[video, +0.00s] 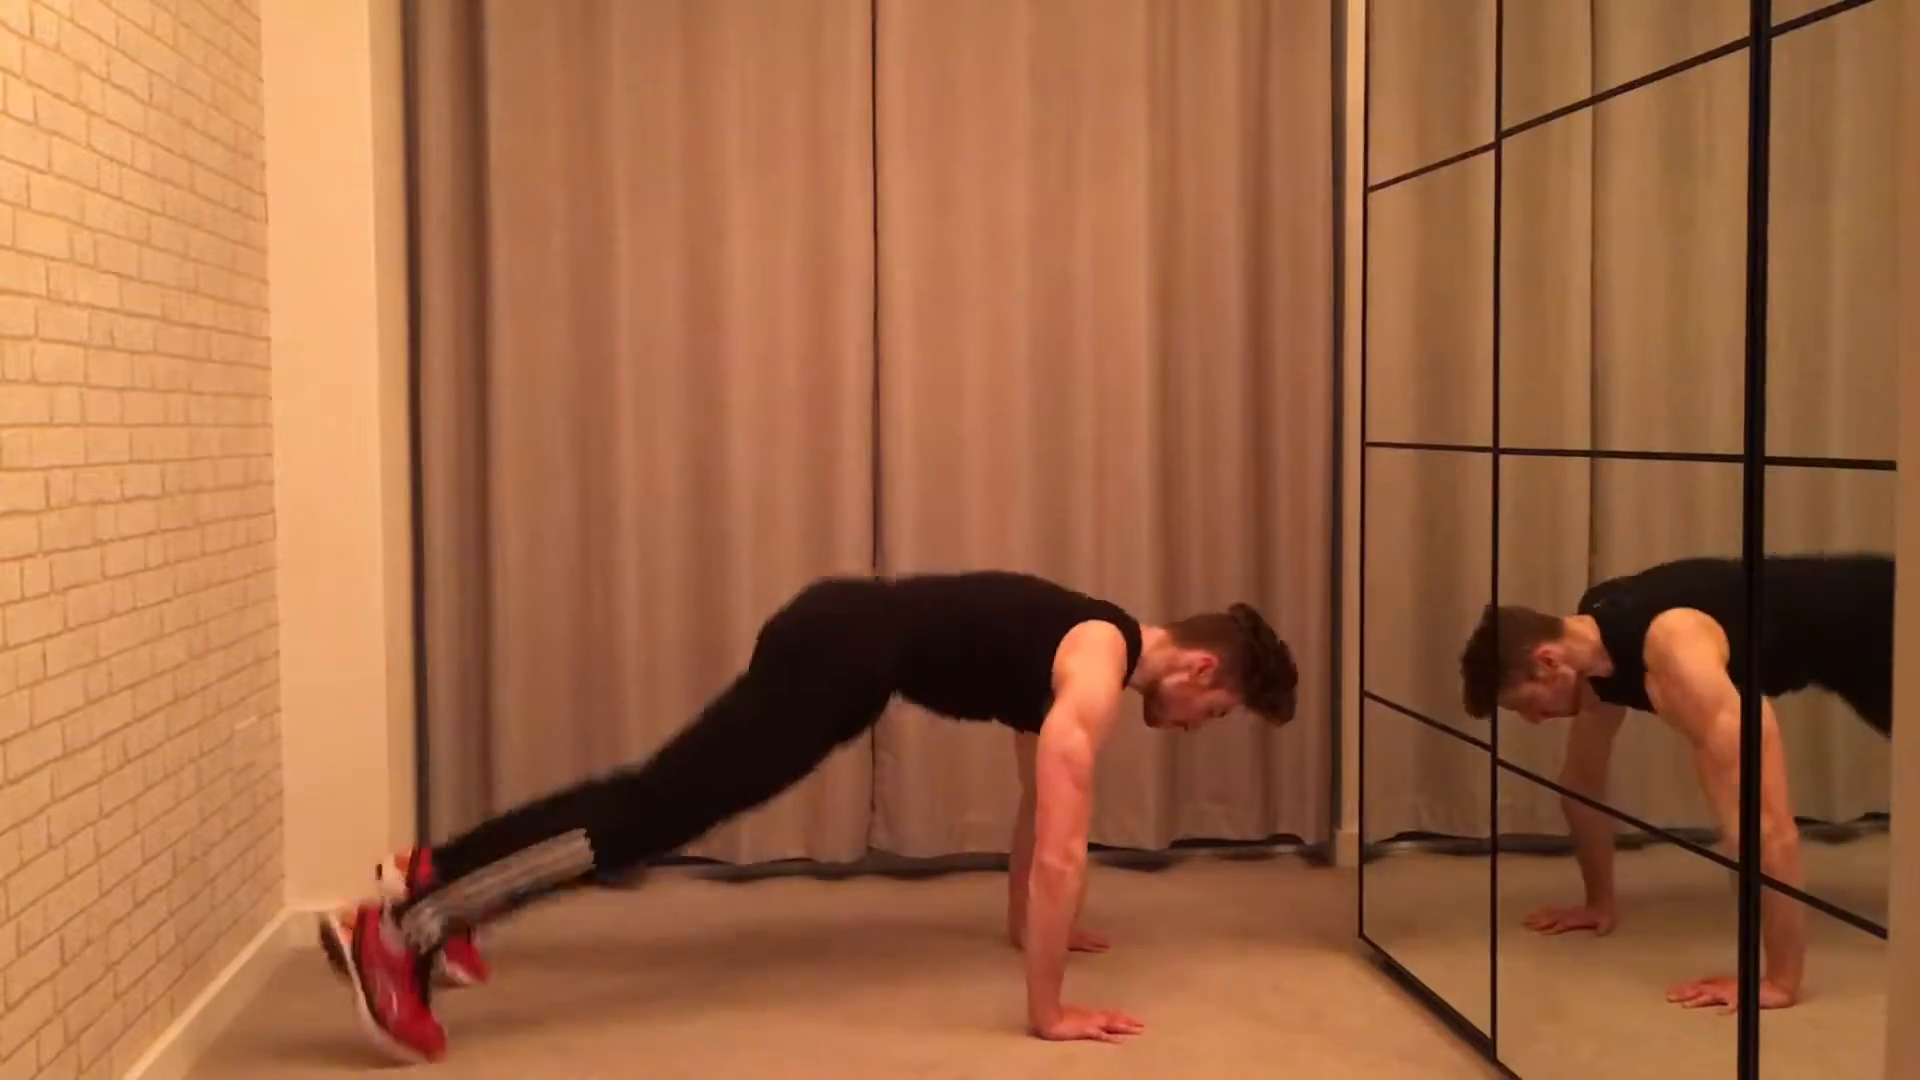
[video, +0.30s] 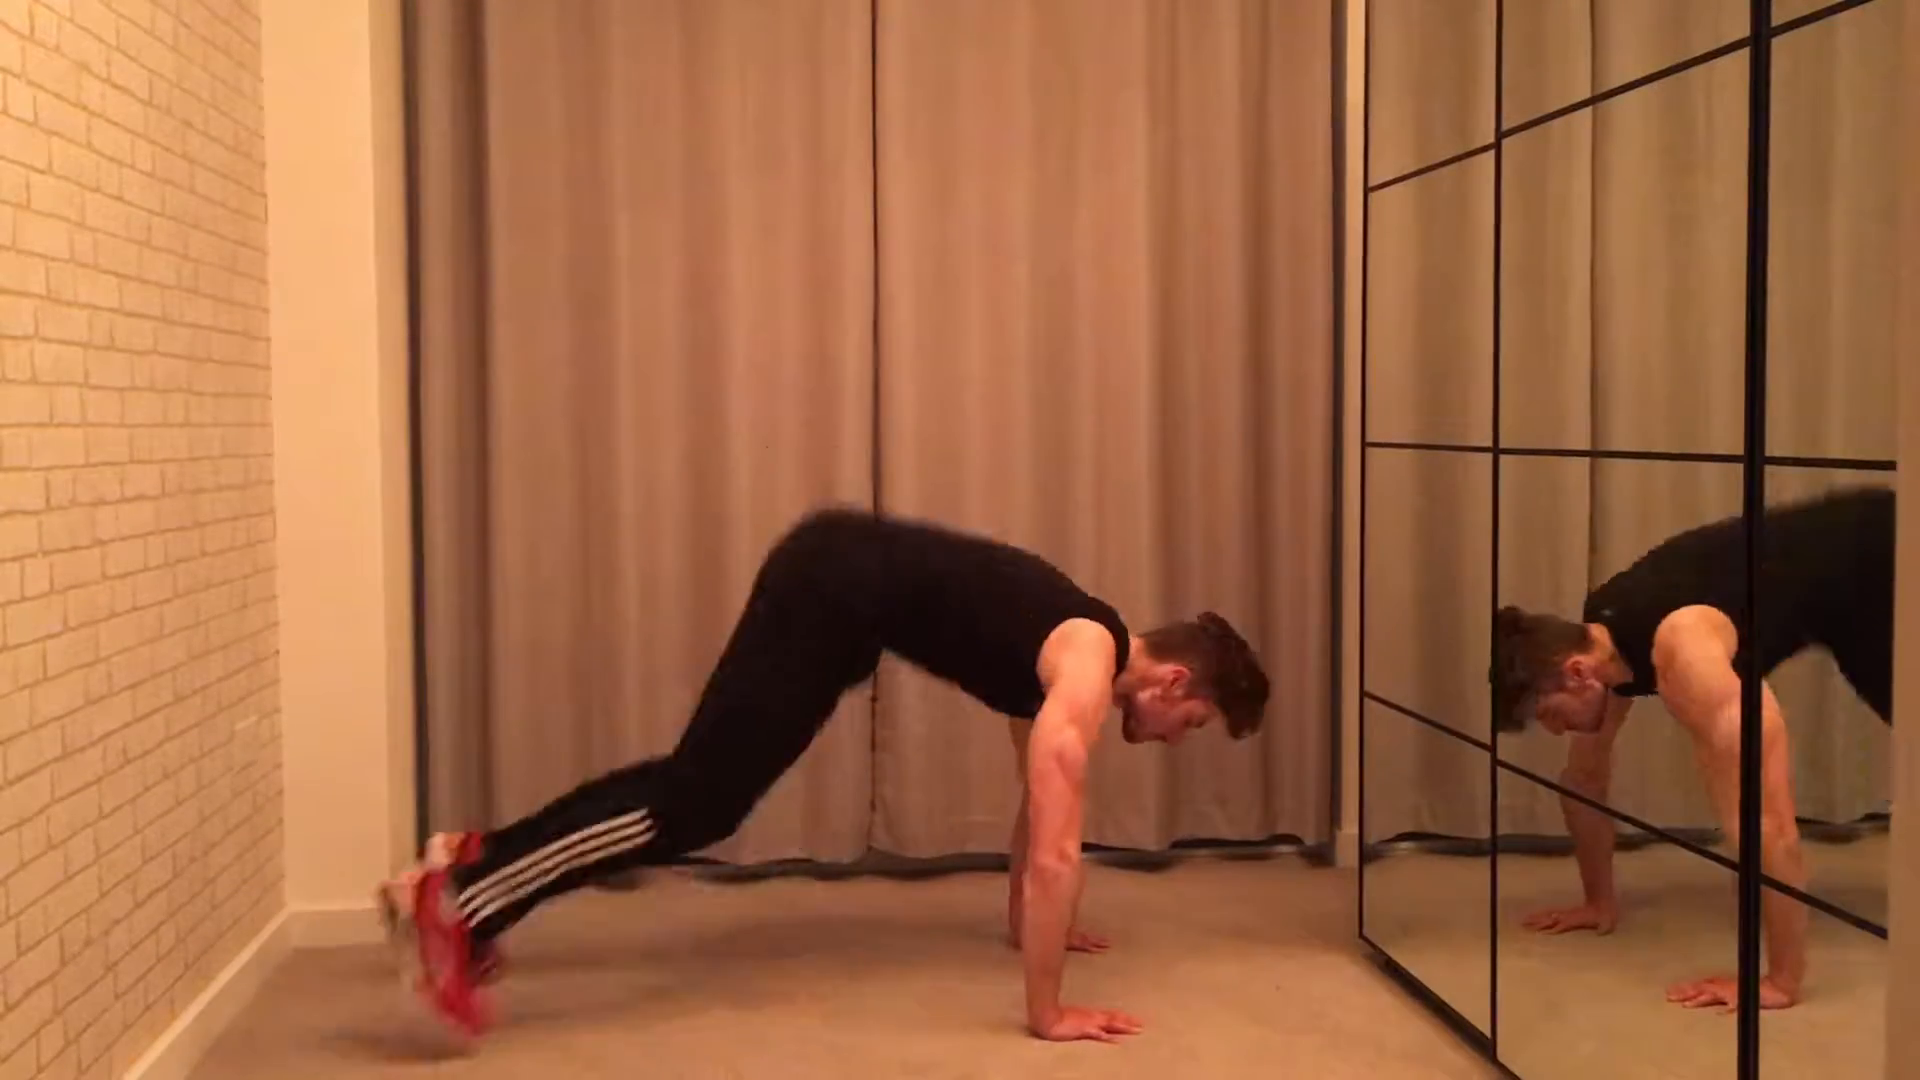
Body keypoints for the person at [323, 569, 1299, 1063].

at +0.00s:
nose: (1196, 724)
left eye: (1214, 717)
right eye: (1215, 708)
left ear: (1193, 657)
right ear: (1202, 662)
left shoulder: (1099, 654)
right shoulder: (1096, 667)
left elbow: (1045, 817)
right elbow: (1058, 847)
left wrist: (1033, 920)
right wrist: (1047, 1011)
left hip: (837, 644)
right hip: (838, 660)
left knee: (653, 802)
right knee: (650, 814)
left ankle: (431, 881)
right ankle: (407, 919)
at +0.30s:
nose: (1179, 738)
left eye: (1196, 728)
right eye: (1195, 722)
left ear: (1171, 667)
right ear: (1175, 681)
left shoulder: (1088, 652)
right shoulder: (1078, 670)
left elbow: (1045, 818)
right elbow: (1051, 851)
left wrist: (1040, 924)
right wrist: (1047, 1014)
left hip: (840, 581)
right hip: (830, 583)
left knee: (694, 787)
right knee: (693, 803)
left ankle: (475, 865)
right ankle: (458, 911)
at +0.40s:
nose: (1135, 732)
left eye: (1151, 724)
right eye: (1150, 718)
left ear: (1128, 661)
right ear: (1132, 675)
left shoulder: (1051, 648)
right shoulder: (1050, 665)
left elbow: (1033, 819)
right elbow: (1038, 855)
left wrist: (1044, 920)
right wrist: (1046, 1015)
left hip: (832, 499)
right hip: (828, 507)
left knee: (788, 739)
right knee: (797, 761)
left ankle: (579, 832)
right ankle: (579, 866)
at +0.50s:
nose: (1105, 722)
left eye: (1119, 712)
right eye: (1117, 705)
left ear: (1091, 655)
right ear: (1093, 664)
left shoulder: (1032, 640)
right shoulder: (1019, 661)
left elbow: (1019, 811)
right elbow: (1025, 852)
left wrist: (1037, 924)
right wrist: (1042, 1010)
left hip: (822, 473)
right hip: (815, 484)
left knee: (868, 706)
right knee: (887, 724)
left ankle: (727, 862)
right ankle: (720, 904)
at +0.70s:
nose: (1157, 596)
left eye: (1166, 581)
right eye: (1161, 576)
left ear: (1116, 546)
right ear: (1124, 549)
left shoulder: (1036, 581)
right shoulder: (1037, 618)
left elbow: (1046, 783)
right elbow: (1045, 821)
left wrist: (1063, 911)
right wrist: (1059, 990)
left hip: (784, 578)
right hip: (778, 593)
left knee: (950, 740)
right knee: (959, 754)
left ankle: (851, 921)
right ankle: (851, 969)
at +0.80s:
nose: (1151, 476)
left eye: (1156, 459)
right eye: (1149, 454)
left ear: (1096, 443)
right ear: (1107, 443)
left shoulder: (1022, 496)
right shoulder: (1035, 535)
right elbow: (1059, 730)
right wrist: (1089, 892)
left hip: (795, 585)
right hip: (796, 600)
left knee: (951, 749)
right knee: (972, 762)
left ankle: (850, 919)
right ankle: (854, 969)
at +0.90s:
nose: (1137, 335)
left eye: (1141, 316)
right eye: (1133, 313)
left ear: (1075, 304)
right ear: (1088, 301)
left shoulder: (1012, 388)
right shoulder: (1037, 414)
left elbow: (1022, 605)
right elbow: (1036, 616)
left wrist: (1060, 757)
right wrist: (1068, 777)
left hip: (819, 545)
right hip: (833, 558)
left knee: (947, 744)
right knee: (977, 759)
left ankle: (853, 920)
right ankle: (855, 965)